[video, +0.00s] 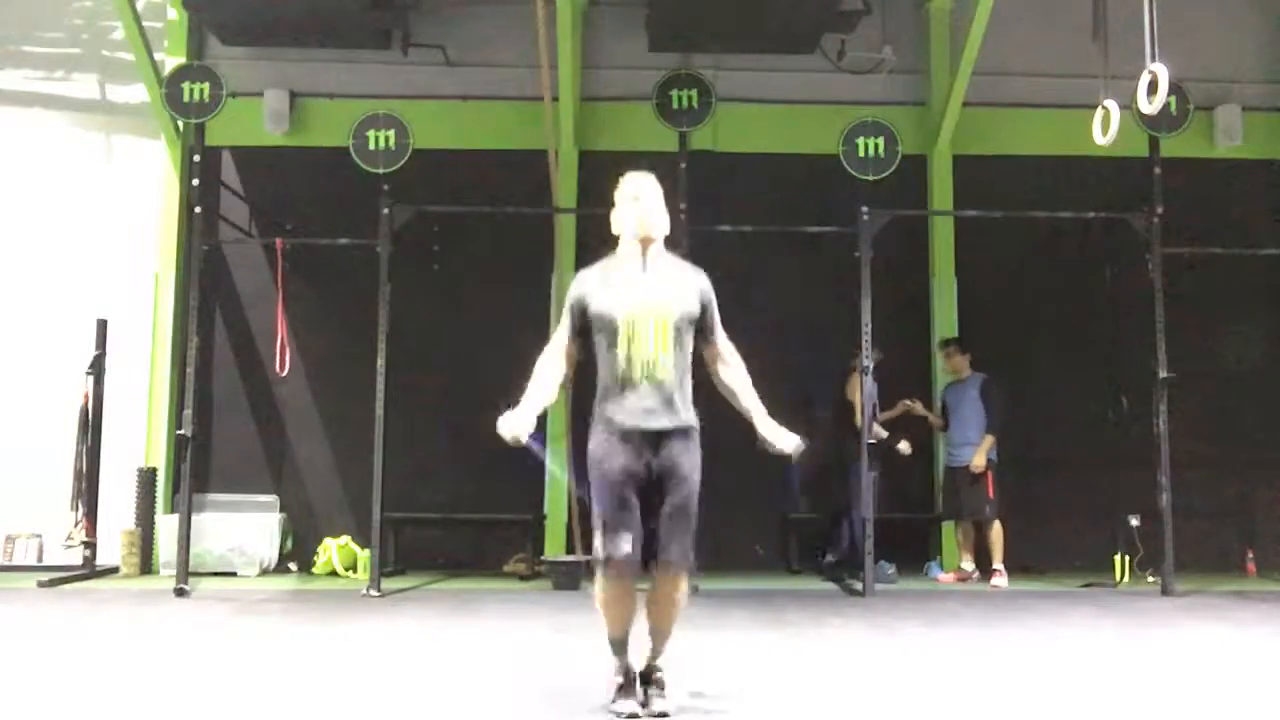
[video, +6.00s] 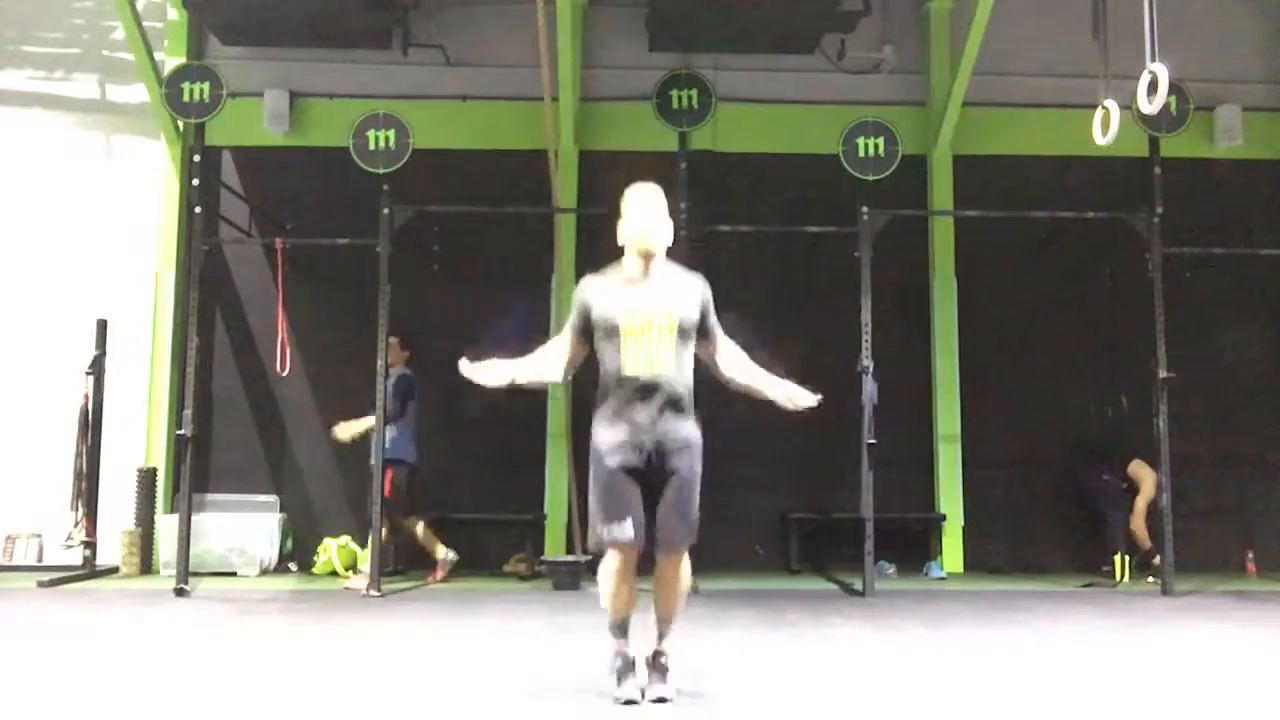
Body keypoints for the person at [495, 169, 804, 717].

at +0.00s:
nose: (644, 210)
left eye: (652, 201)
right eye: (633, 201)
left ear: (667, 214)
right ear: (615, 215)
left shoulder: (693, 281)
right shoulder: (589, 284)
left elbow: (723, 359)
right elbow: (559, 354)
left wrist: (765, 423)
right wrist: (527, 408)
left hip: (677, 434)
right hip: (614, 433)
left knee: (674, 560)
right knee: (618, 554)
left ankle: (654, 669)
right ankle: (621, 669)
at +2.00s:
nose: (645, 177)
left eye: (653, 168)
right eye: (635, 168)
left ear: (668, 178)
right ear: (618, 179)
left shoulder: (692, 244)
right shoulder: (589, 245)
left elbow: (705, 312)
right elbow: (563, 311)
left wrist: (745, 368)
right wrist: (505, 355)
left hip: (672, 399)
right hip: (605, 399)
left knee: (664, 524)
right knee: (603, 517)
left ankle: (649, 636)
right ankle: (608, 626)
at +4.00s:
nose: (644, 162)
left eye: (652, 154)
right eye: (634, 154)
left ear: (666, 167)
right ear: (617, 167)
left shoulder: (693, 231)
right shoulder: (591, 234)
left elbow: (725, 303)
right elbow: (561, 308)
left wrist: (771, 356)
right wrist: (517, 351)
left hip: (677, 370)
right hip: (616, 370)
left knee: (672, 486)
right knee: (617, 481)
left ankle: (656, 594)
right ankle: (614, 592)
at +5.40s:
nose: (649, 205)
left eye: (656, 196)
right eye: (639, 196)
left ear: (668, 204)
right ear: (621, 205)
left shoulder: (695, 267)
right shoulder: (594, 271)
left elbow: (717, 336)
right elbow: (565, 342)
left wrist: (765, 381)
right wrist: (512, 372)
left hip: (683, 413)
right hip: (619, 415)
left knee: (677, 535)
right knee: (621, 532)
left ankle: (665, 645)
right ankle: (622, 640)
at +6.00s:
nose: (649, 224)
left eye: (657, 216)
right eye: (639, 216)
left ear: (671, 226)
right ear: (621, 227)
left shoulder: (693, 288)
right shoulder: (594, 290)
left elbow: (724, 357)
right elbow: (562, 359)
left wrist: (779, 388)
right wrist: (507, 369)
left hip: (678, 432)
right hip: (616, 430)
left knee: (673, 548)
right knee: (624, 546)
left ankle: (661, 657)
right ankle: (620, 655)